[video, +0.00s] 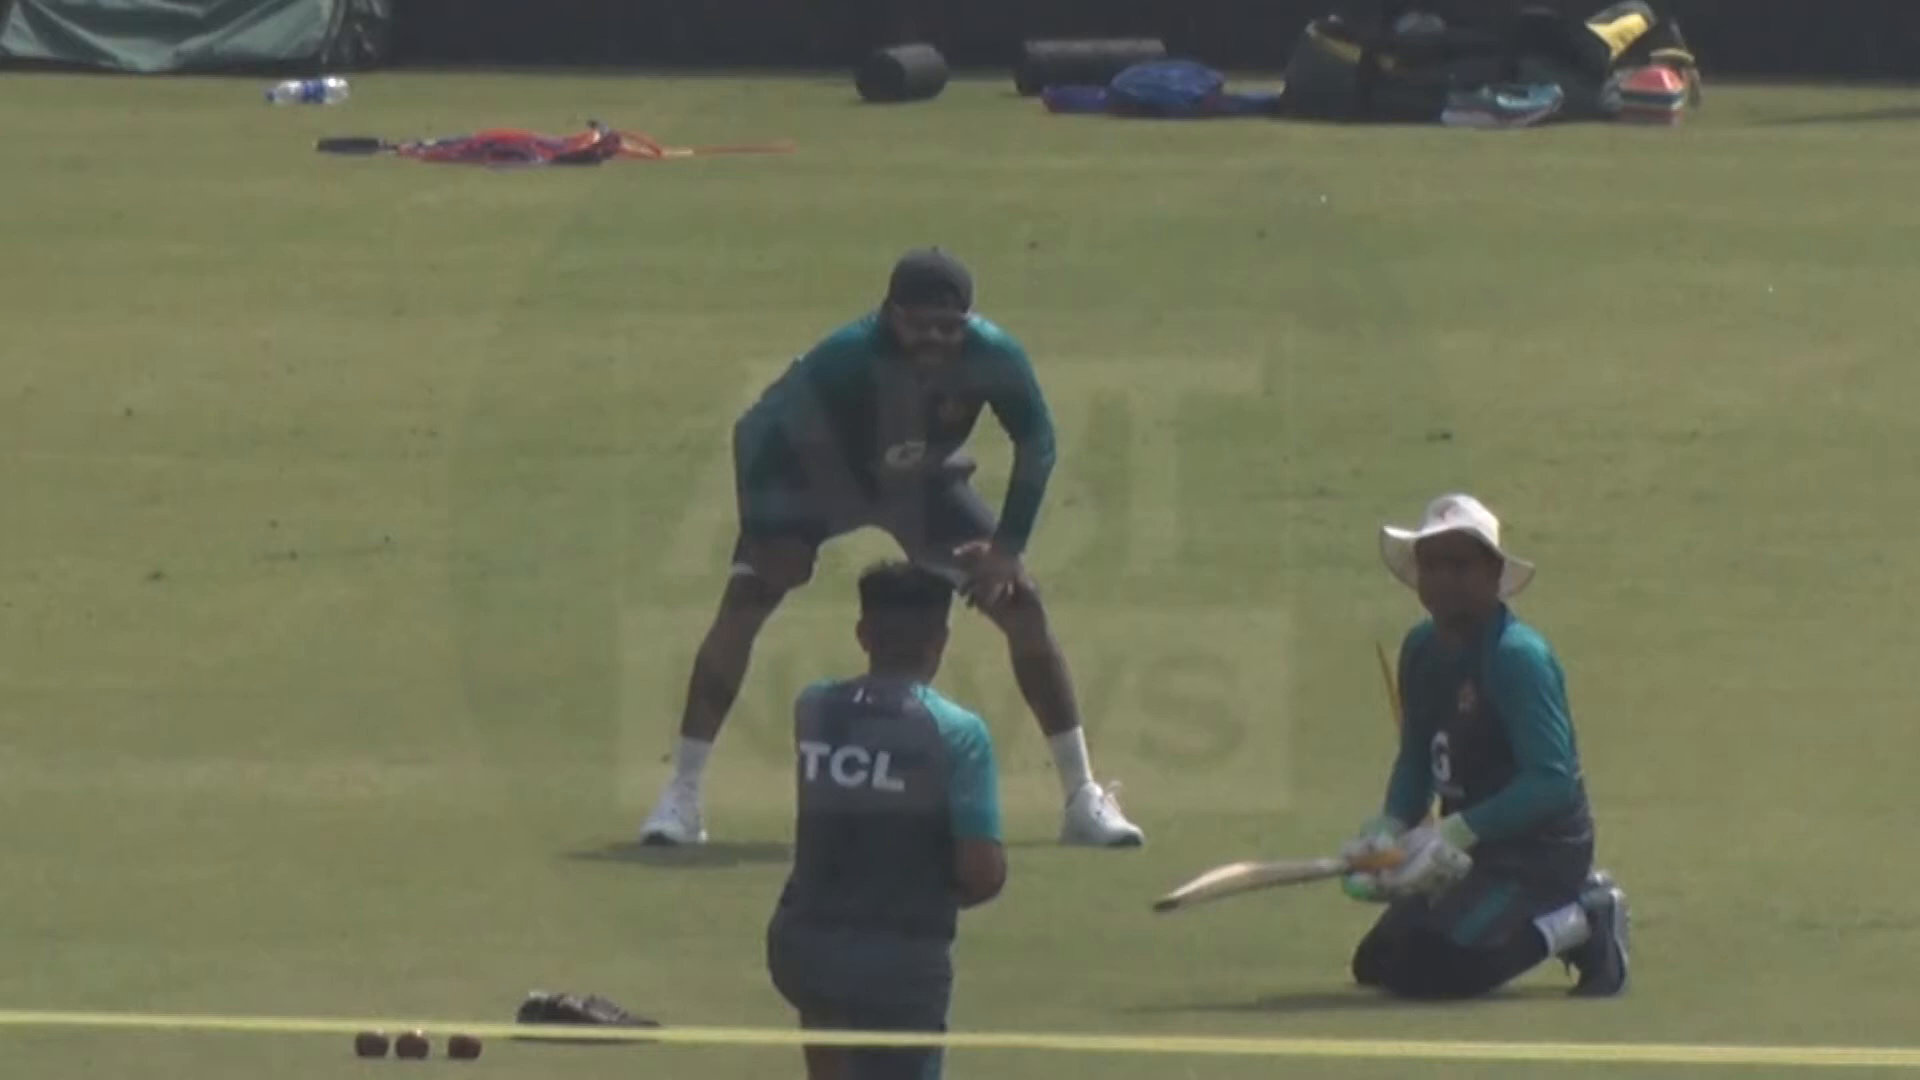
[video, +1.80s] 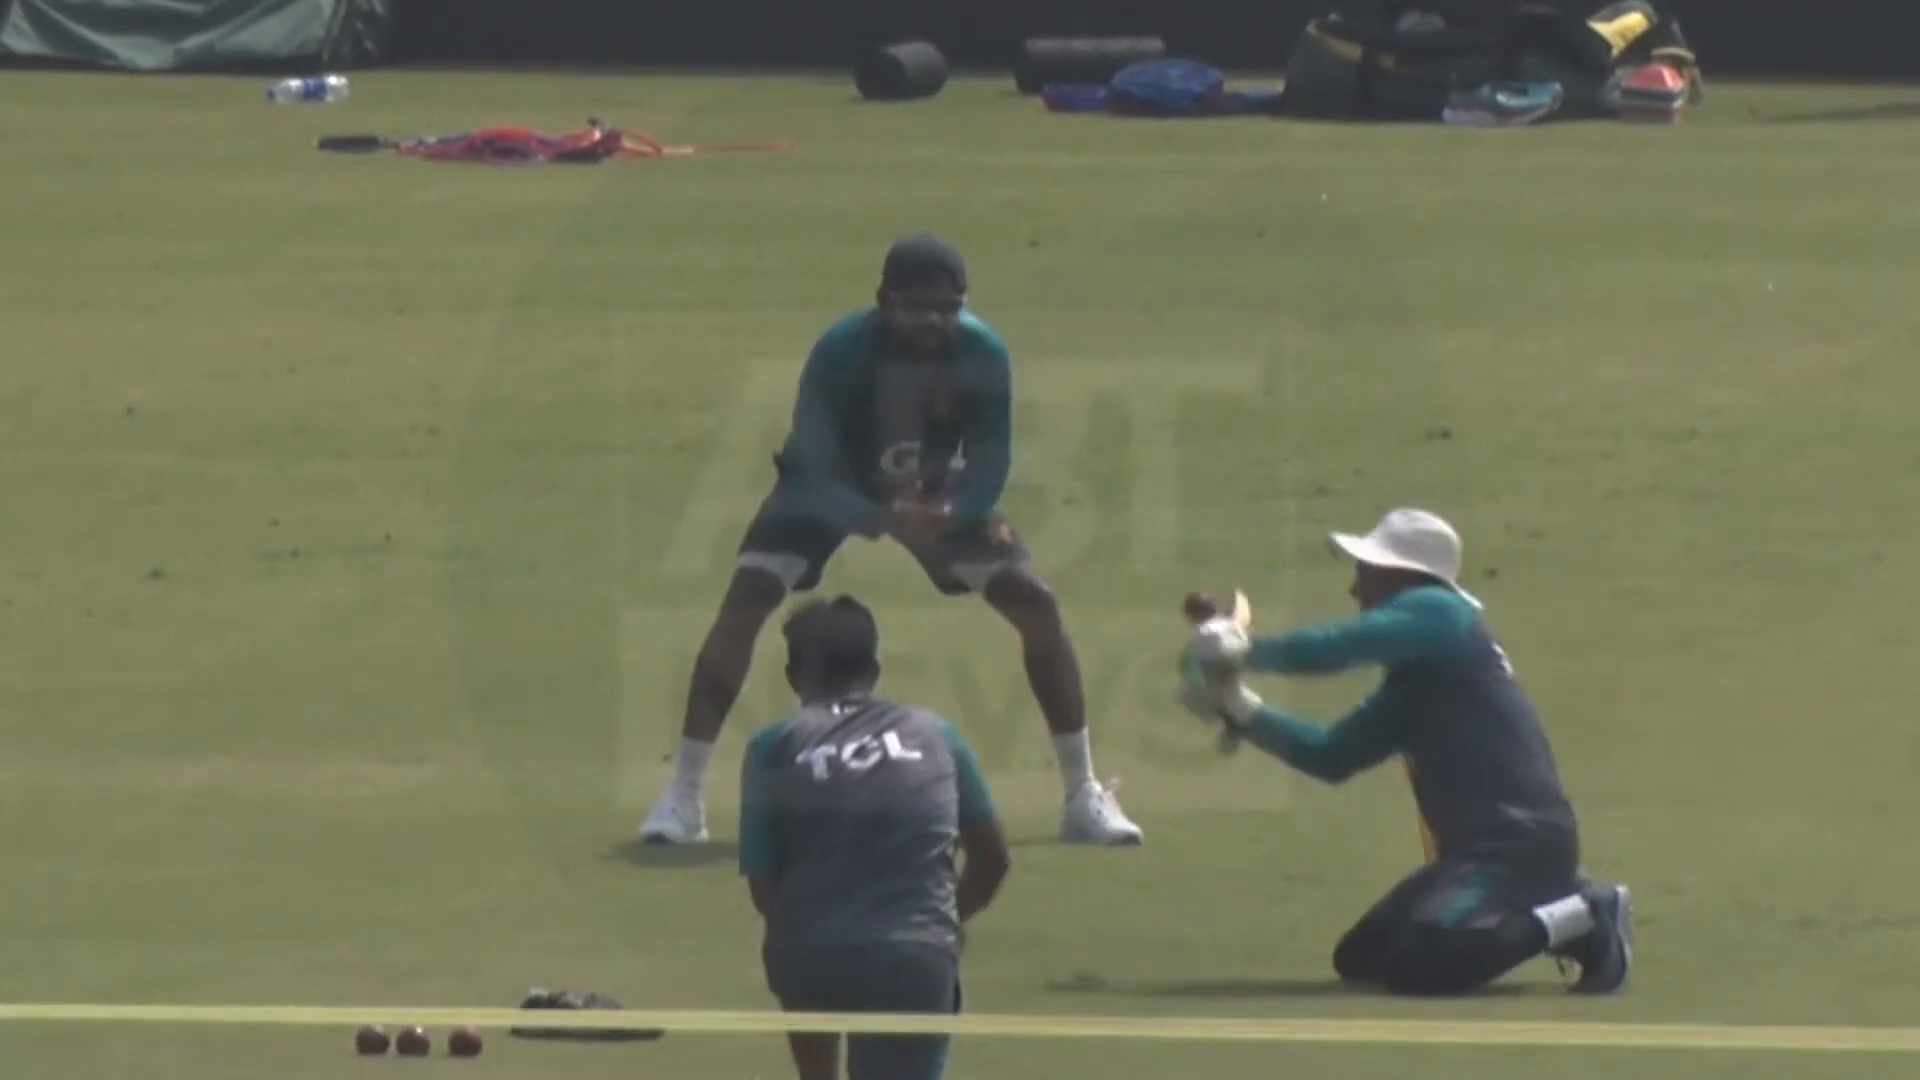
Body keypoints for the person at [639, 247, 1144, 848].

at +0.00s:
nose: (931, 341)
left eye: (944, 328)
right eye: (917, 327)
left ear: (965, 321)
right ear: (890, 315)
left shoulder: (996, 359)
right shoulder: (845, 358)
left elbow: (1037, 443)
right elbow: (758, 430)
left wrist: (1008, 544)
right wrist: (768, 536)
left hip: (922, 484)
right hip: (813, 480)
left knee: (1023, 612)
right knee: (744, 604)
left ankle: (1084, 796)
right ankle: (681, 796)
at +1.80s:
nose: (933, 323)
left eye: (946, 309)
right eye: (918, 310)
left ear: (961, 304)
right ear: (885, 302)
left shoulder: (983, 356)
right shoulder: (840, 352)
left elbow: (990, 462)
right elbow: (814, 475)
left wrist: (955, 518)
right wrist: (887, 522)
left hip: (934, 499)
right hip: (832, 494)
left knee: (1037, 608)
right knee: (747, 599)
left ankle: (1085, 795)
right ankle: (684, 794)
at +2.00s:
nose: (985, 367)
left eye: (997, 352)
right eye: (970, 351)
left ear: (1010, 351)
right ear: (935, 345)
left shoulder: (1022, 400)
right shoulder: (889, 385)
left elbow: (1052, 527)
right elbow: (880, 523)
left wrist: (1028, 532)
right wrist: (965, 529)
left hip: (950, 512)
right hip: (841, 503)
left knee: (1051, 607)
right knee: (753, 599)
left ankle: (1086, 796)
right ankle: (685, 795)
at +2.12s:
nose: (1082, 438)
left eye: (1090, 425)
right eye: (1071, 422)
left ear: (1097, 417)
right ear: (1032, 404)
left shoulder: (1091, 463)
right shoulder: (956, 428)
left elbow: (1140, 569)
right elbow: (907, 553)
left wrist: (1188, 652)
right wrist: (993, 588)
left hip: (976, 512)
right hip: (877, 490)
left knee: (1073, 604)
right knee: (779, 604)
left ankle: (1085, 799)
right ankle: (686, 795)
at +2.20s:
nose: (1156, 488)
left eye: (1161, 476)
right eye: (1148, 473)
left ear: (1150, 462)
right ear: (1108, 457)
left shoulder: (1132, 486)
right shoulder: (1020, 453)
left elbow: (1181, 586)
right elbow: (920, 544)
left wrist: (1246, 689)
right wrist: (971, 643)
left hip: (987, 508)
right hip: (895, 484)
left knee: (1095, 603)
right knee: (795, 620)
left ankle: (1088, 797)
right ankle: (686, 789)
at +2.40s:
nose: (1253, 497)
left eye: (1260, 486)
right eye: (1254, 483)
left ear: (1232, 447)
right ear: (1233, 460)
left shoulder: (1179, 465)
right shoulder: (1133, 460)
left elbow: (1172, 549)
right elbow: (1026, 565)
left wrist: (1188, 630)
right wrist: (998, 669)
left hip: (1017, 489)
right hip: (933, 468)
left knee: (1126, 601)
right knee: (843, 636)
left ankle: (1091, 797)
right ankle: (696, 786)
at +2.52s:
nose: (1276, 437)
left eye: (1283, 425)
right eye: (1282, 425)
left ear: (1242, 383)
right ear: (1263, 414)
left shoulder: (1189, 406)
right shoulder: (1178, 424)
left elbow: (1098, 498)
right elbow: (1089, 533)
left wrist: (1073, 558)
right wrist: (1078, 643)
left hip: (1030, 478)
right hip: (951, 455)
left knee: (1126, 603)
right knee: (876, 630)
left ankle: (1089, 798)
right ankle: (716, 776)